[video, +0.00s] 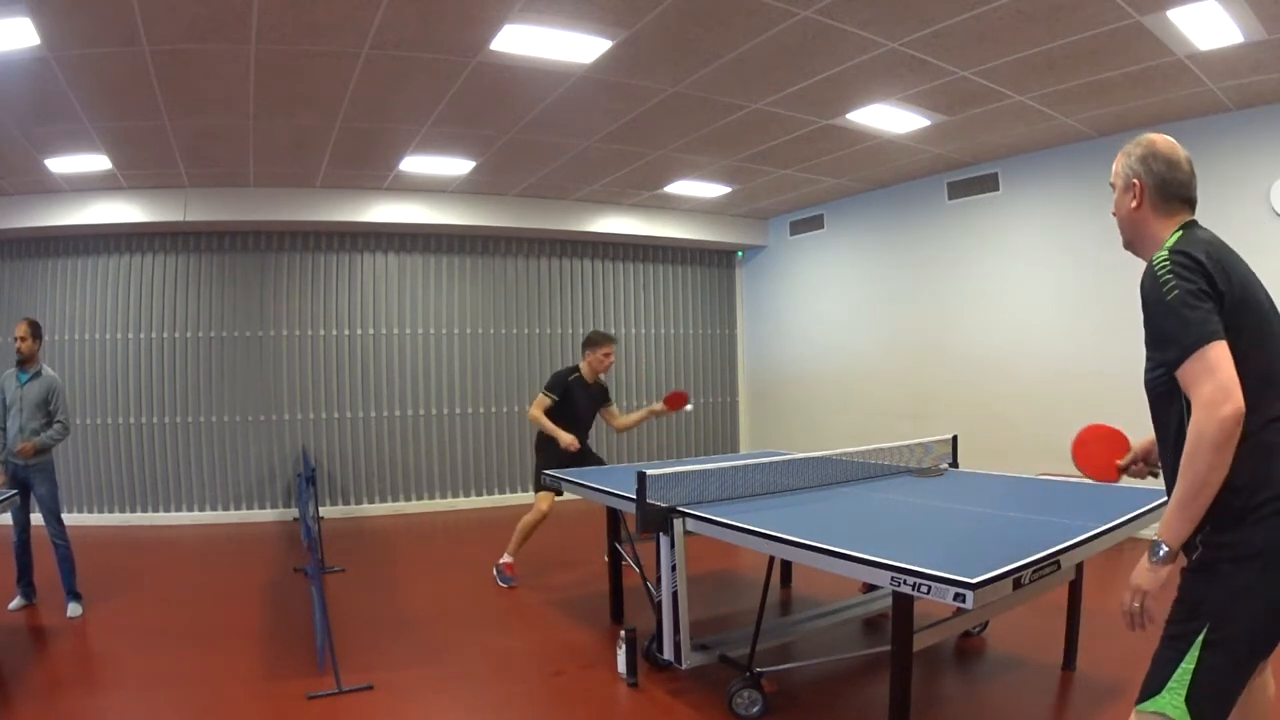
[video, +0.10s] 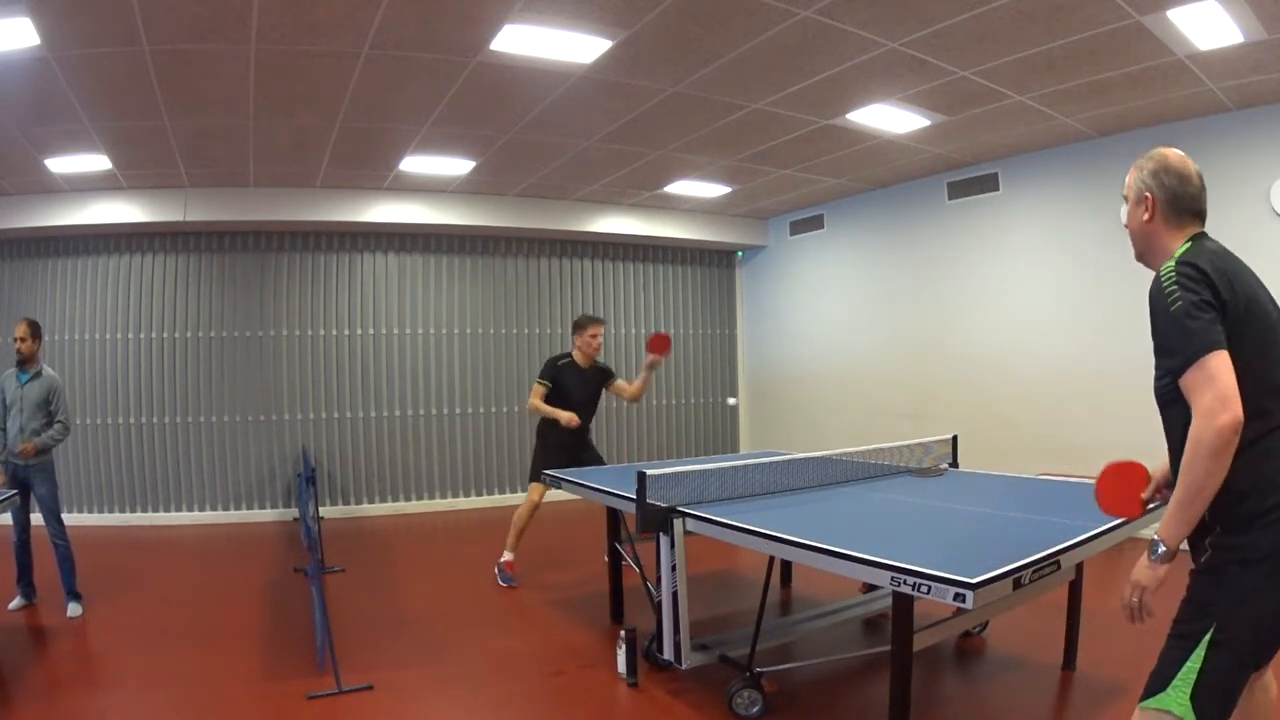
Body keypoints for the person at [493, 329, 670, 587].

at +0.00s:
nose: (611, 361)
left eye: (612, 355)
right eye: (606, 356)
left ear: (611, 356)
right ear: (588, 355)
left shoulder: (599, 389)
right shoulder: (563, 379)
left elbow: (618, 423)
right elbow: (534, 413)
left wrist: (650, 411)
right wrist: (561, 435)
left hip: (579, 450)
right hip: (551, 450)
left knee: (618, 488)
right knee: (543, 508)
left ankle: (615, 549)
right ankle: (506, 560)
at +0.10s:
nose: (599, 342)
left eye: (601, 337)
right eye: (593, 337)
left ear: (601, 340)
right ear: (577, 339)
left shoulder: (600, 372)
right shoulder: (556, 366)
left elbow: (632, 394)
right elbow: (534, 402)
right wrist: (560, 414)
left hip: (581, 444)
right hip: (550, 444)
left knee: (615, 489)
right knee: (535, 498)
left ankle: (616, 549)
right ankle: (507, 558)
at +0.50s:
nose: (576, 343)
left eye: (579, 338)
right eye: (570, 339)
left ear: (583, 341)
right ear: (558, 341)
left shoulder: (592, 372)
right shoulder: (541, 370)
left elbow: (617, 408)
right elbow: (522, 404)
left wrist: (626, 402)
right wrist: (536, 421)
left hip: (579, 445)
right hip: (547, 445)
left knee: (612, 491)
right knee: (530, 500)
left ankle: (618, 546)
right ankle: (508, 556)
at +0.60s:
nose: (581, 352)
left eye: (585, 347)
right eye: (576, 347)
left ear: (589, 347)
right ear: (564, 347)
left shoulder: (597, 379)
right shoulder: (547, 373)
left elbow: (614, 412)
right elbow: (522, 406)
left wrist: (625, 415)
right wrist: (535, 429)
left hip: (577, 447)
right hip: (546, 446)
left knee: (612, 489)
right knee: (529, 500)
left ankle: (616, 547)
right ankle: (504, 557)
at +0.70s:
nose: (581, 369)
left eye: (585, 363)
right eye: (575, 363)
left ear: (590, 363)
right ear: (566, 363)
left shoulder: (595, 392)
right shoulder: (547, 384)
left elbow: (608, 427)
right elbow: (521, 411)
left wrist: (606, 443)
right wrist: (527, 440)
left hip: (575, 452)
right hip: (543, 451)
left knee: (613, 491)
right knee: (529, 501)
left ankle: (614, 548)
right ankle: (504, 558)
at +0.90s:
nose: (560, 366)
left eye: (565, 361)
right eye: (555, 360)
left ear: (572, 361)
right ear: (546, 359)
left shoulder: (577, 386)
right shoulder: (530, 374)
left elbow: (593, 423)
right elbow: (511, 394)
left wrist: (598, 421)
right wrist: (501, 421)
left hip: (560, 442)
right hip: (528, 441)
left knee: (584, 494)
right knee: (517, 498)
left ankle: (605, 540)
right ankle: (504, 556)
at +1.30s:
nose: (579, 351)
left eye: (583, 347)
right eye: (574, 347)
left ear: (588, 350)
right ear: (563, 350)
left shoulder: (596, 382)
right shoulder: (546, 379)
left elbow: (621, 420)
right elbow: (525, 410)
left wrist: (621, 409)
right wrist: (529, 420)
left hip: (582, 447)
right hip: (552, 448)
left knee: (612, 491)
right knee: (539, 499)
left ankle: (606, 539)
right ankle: (508, 557)